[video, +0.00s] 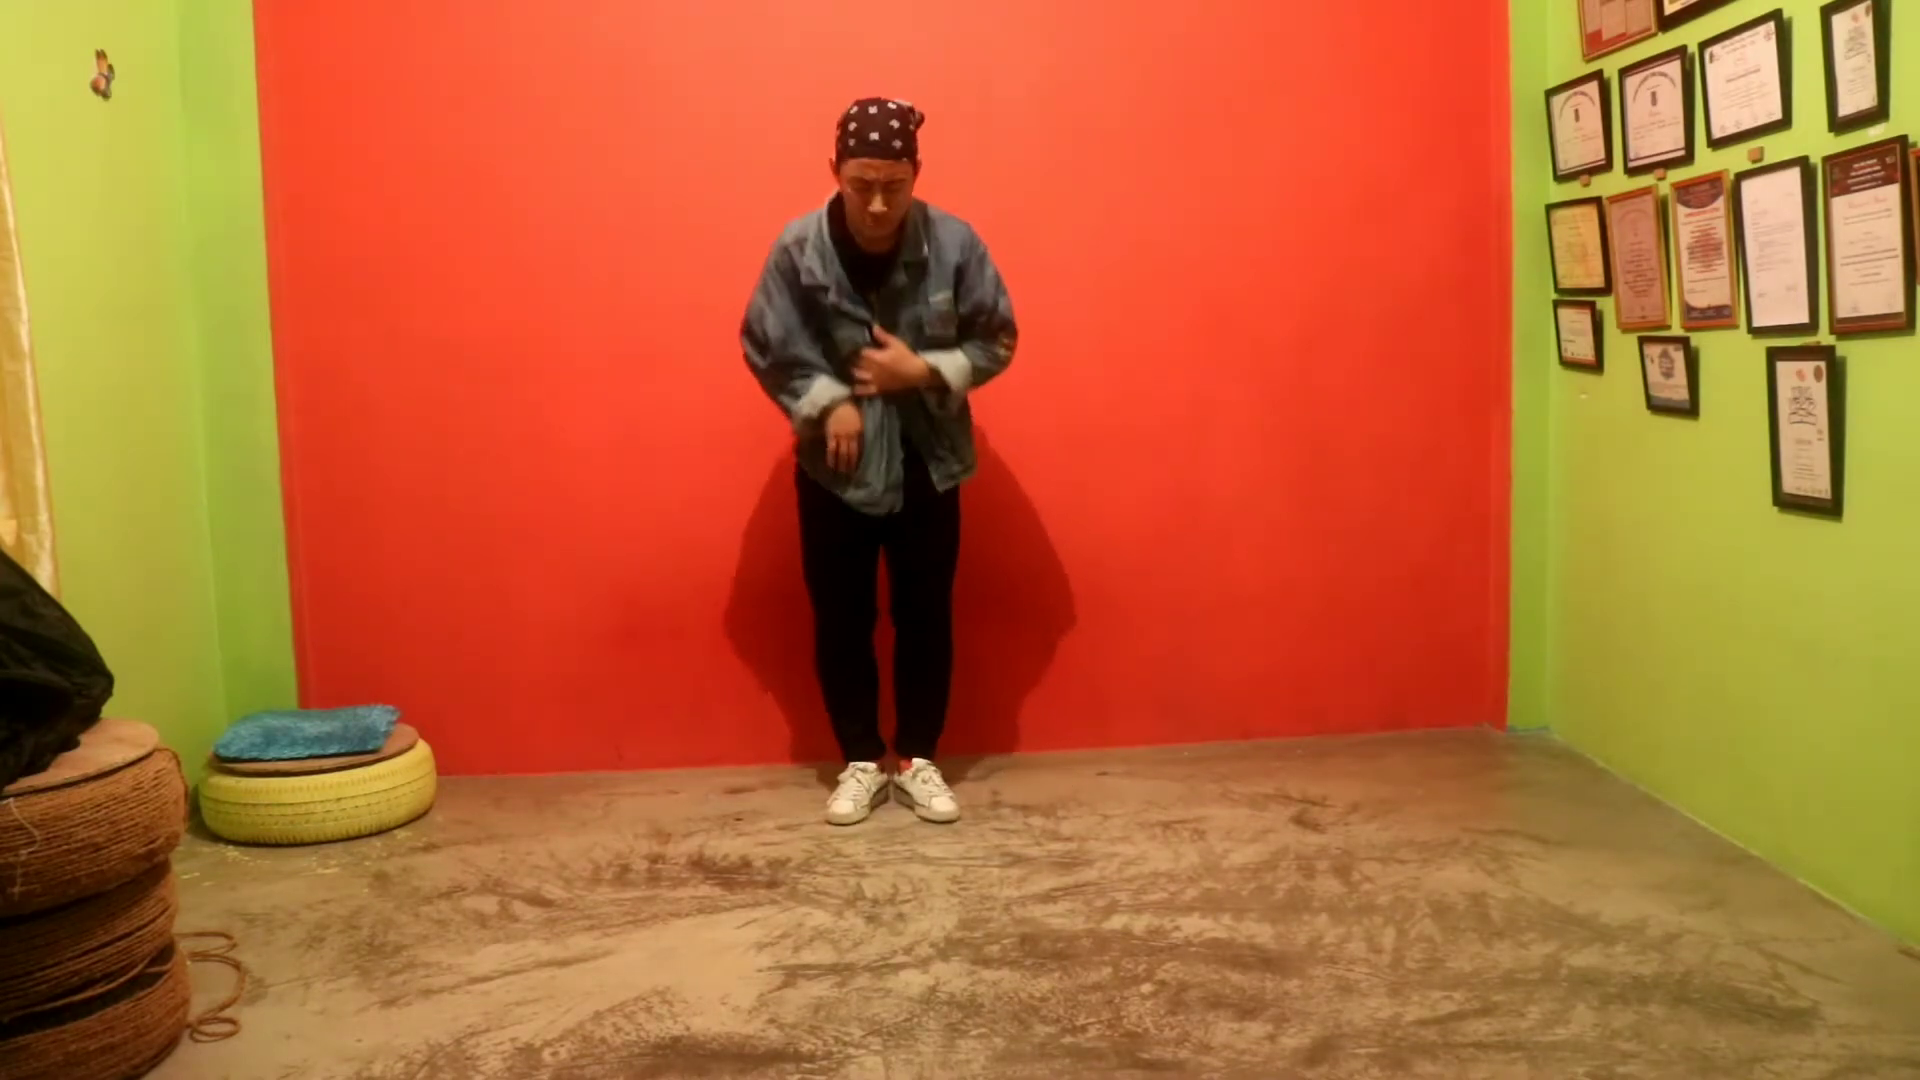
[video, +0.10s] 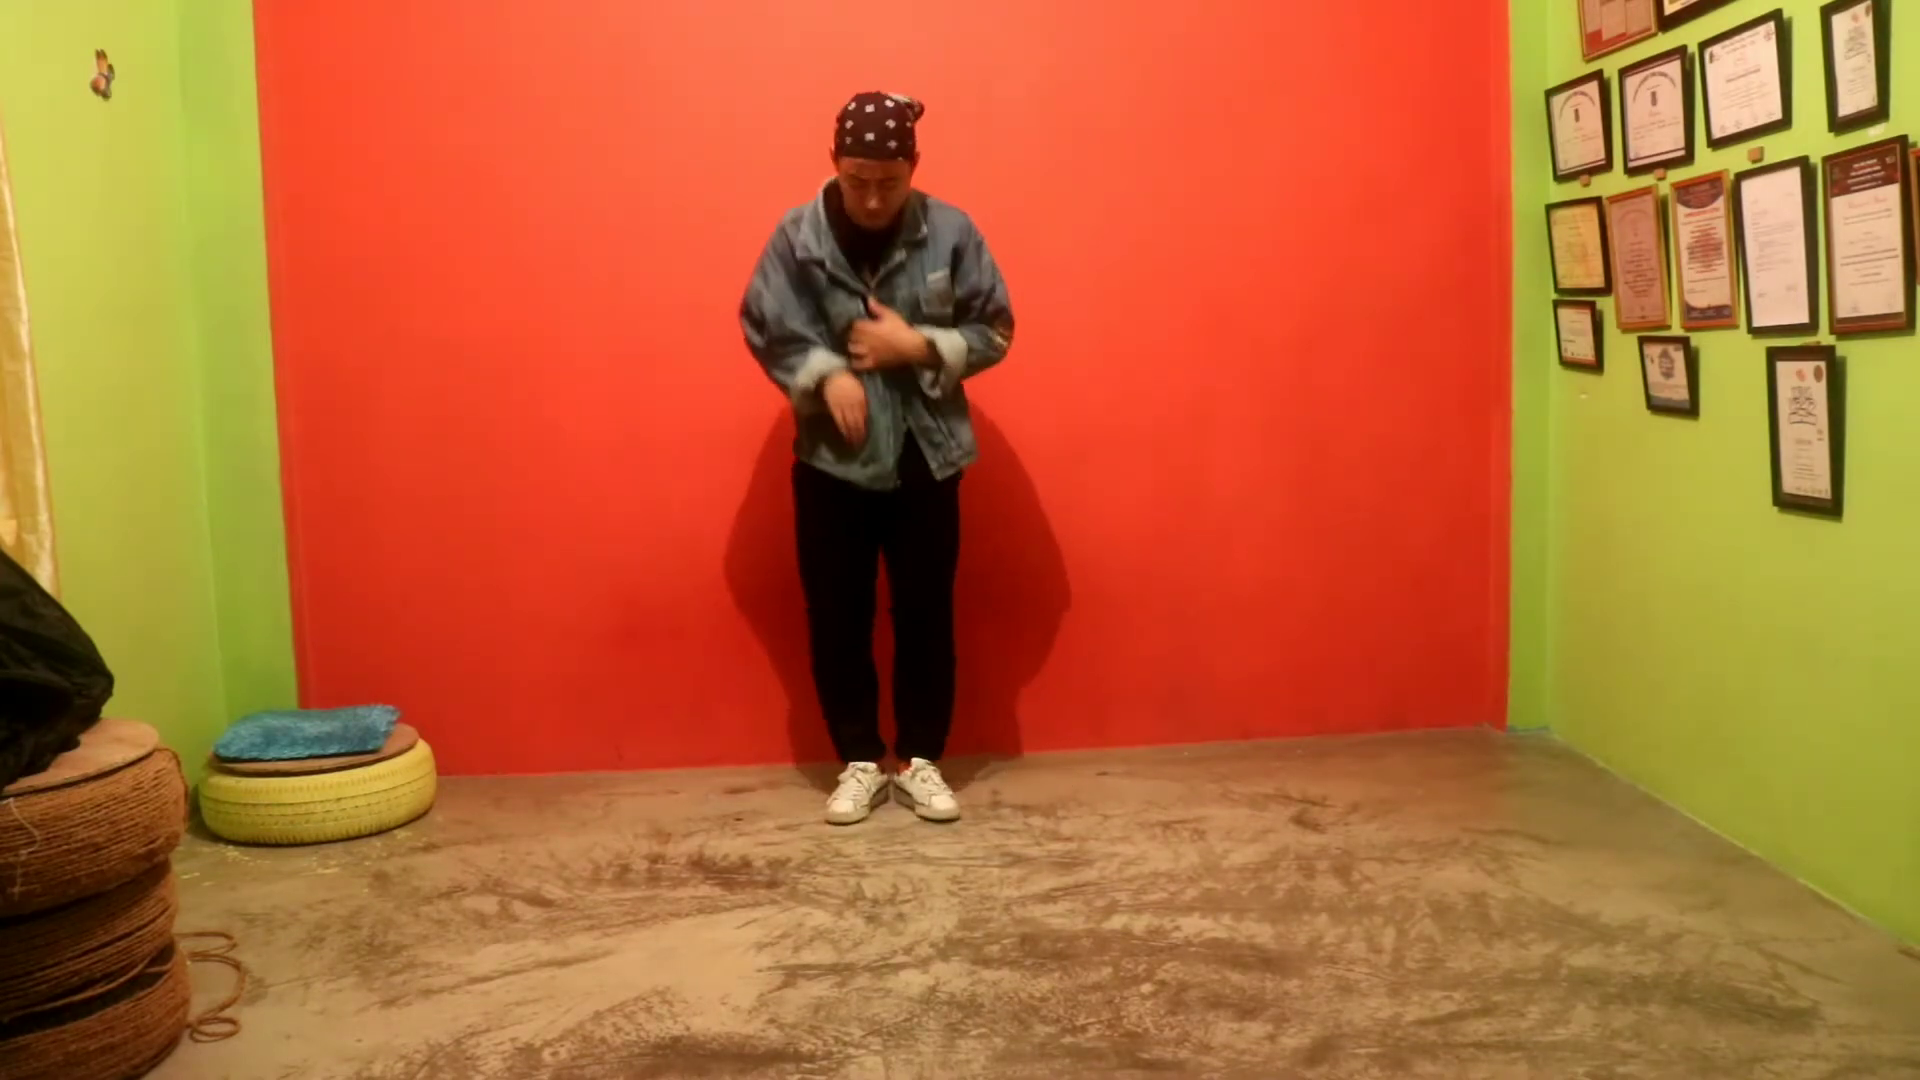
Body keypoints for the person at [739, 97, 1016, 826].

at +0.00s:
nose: (877, 203)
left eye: (891, 186)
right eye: (863, 186)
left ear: (914, 178)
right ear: (838, 177)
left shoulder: (956, 247)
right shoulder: (797, 252)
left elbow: (996, 343)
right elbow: (769, 344)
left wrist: (925, 370)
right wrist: (830, 401)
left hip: (930, 466)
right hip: (838, 467)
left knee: (925, 612)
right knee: (842, 615)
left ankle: (918, 761)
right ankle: (861, 765)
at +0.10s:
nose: (872, 197)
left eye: (886, 182)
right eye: (858, 182)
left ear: (911, 171)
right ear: (837, 169)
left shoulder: (951, 234)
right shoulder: (799, 236)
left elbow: (993, 333)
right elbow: (768, 324)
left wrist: (920, 344)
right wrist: (828, 374)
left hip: (929, 462)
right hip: (834, 463)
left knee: (925, 612)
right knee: (839, 615)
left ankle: (920, 762)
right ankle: (860, 765)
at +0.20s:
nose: (862, 210)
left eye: (876, 194)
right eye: (848, 195)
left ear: (904, 180)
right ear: (829, 182)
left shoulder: (950, 248)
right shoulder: (806, 249)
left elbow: (989, 350)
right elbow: (760, 329)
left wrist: (920, 322)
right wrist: (804, 339)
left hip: (925, 464)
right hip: (829, 466)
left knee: (926, 618)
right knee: (831, 620)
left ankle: (920, 766)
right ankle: (858, 767)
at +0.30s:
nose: (854, 216)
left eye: (869, 200)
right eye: (841, 200)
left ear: (899, 187)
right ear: (824, 189)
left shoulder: (947, 256)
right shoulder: (807, 260)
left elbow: (990, 362)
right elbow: (766, 351)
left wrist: (925, 327)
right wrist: (792, 333)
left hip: (923, 463)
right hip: (830, 466)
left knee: (927, 616)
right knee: (828, 620)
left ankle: (920, 767)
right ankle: (858, 768)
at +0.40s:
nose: (847, 197)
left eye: (861, 181)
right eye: (833, 181)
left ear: (892, 165)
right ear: (814, 170)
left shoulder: (947, 232)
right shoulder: (802, 237)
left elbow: (997, 332)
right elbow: (769, 318)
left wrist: (930, 317)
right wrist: (791, 317)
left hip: (926, 445)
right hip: (836, 447)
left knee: (923, 609)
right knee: (842, 611)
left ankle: (919, 765)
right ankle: (860, 765)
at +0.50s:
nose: (837, 206)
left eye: (852, 190)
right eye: (824, 189)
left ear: (885, 175)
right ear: (807, 178)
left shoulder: (946, 231)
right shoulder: (800, 235)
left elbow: (1007, 316)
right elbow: (763, 304)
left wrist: (941, 322)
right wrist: (792, 316)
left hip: (933, 446)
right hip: (842, 447)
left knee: (928, 606)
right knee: (849, 607)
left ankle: (921, 764)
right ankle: (862, 765)